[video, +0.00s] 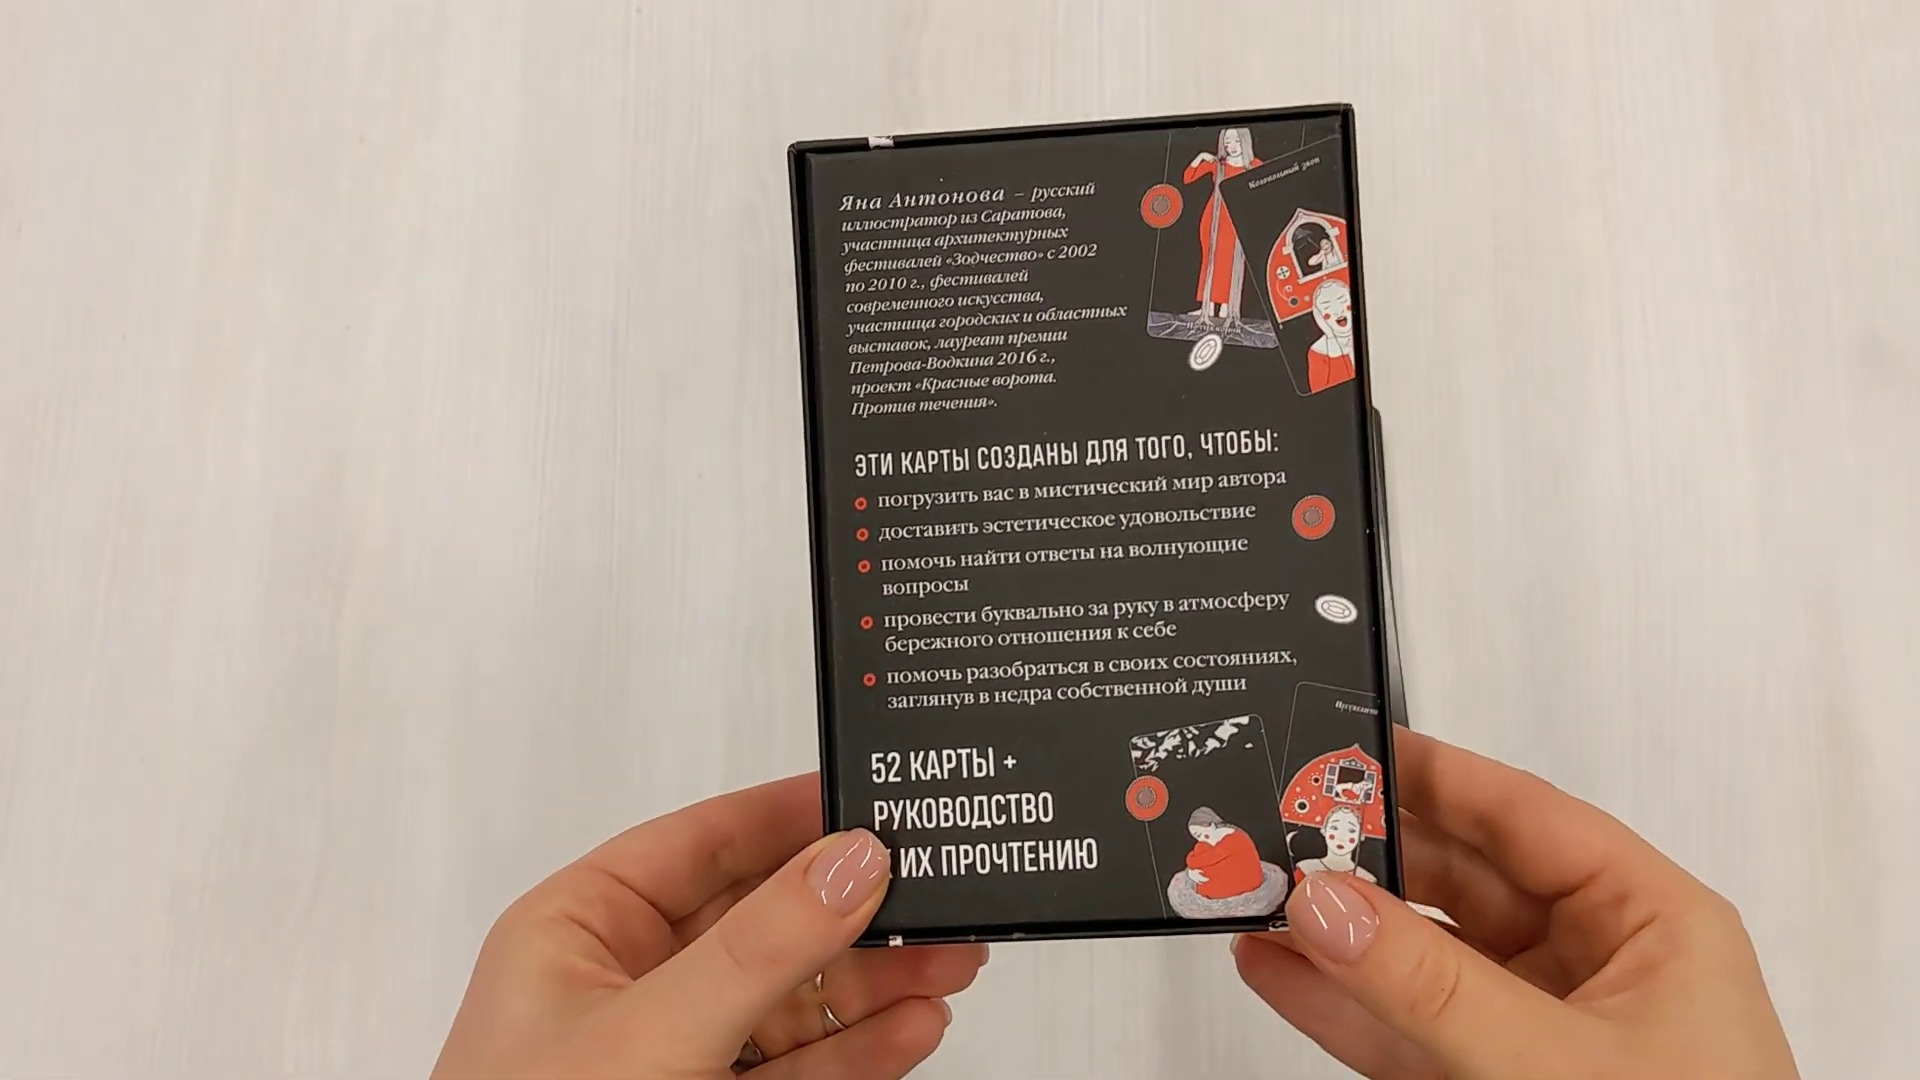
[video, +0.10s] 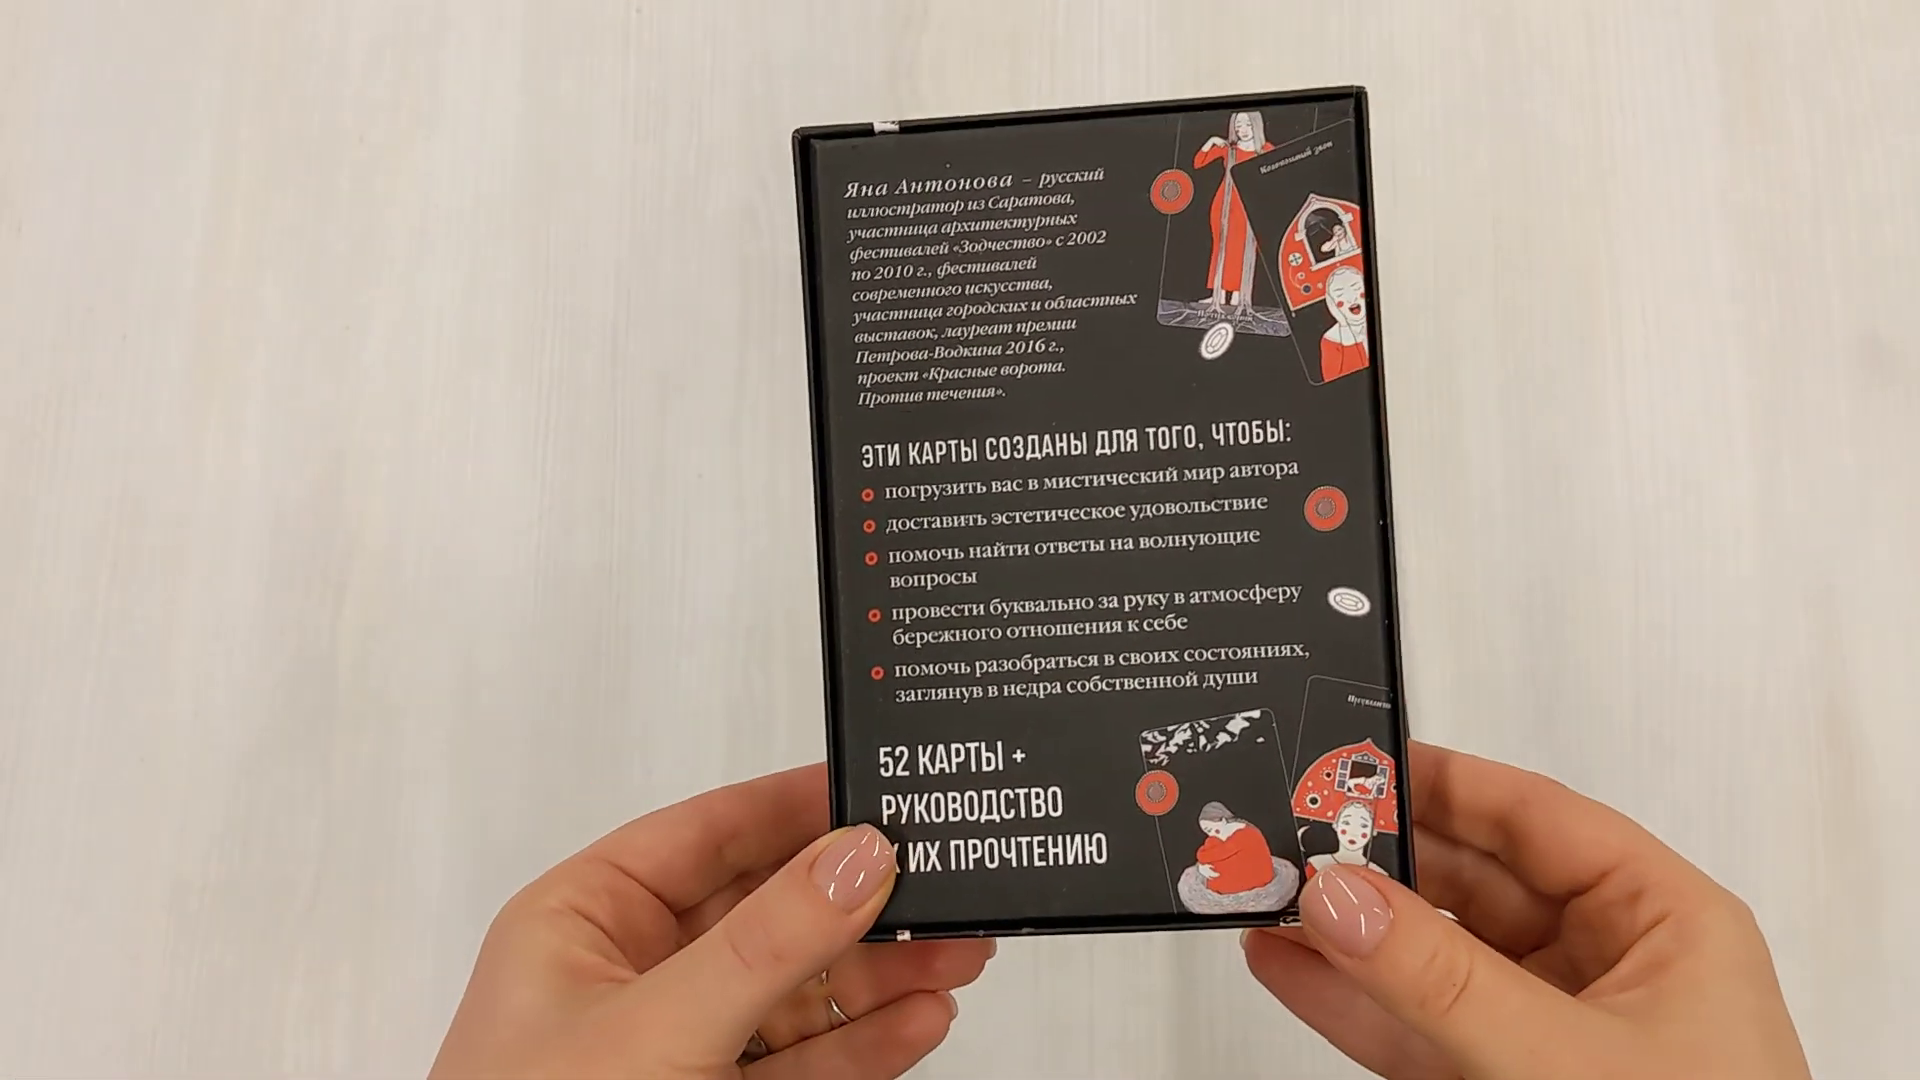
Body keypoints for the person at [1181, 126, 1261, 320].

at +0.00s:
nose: (1232, 146)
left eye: (1235, 141)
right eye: (1227, 142)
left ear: (1244, 142)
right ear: (1223, 145)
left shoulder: (1255, 166)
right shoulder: (1216, 165)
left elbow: (1264, 193)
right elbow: (1187, 179)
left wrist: (1249, 168)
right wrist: (1200, 158)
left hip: (1238, 219)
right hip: (1215, 217)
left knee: (1232, 261)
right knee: (1212, 260)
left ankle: (1227, 308)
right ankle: (1207, 307)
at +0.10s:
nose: (1242, 129)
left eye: (1246, 124)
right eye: (1238, 125)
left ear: (1255, 125)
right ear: (1233, 129)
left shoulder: (1266, 149)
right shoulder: (1227, 149)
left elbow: (1276, 174)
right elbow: (1198, 164)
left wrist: (1261, 152)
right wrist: (1211, 142)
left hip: (1249, 205)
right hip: (1225, 203)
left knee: (1243, 250)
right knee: (1222, 248)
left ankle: (1238, 296)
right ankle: (1218, 295)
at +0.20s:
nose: (1268, 131)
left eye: (1272, 126)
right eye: (1263, 127)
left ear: (1281, 127)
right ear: (1258, 130)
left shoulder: (1291, 152)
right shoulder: (1251, 149)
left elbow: (1301, 179)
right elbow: (1221, 163)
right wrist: (1235, 142)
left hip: (1272, 206)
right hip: (1248, 203)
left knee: (1263, 249)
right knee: (1243, 247)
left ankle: (1258, 296)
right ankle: (1238, 294)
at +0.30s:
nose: (1283, 136)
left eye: (1288, 131)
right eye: (1279, 132)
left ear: (1297, 132)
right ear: (1274, 134)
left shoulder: (1306, 159)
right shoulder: (1267, 154)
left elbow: (1314, 188)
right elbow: (1237, 167)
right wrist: (1250, 146)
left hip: (1286, 213)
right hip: (1261, 209)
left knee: (1276, 255)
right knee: (1257, 252)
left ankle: (1268, 300)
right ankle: (1250, 298)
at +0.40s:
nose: (1289, 137)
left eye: (1293, 133)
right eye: (1284, 133)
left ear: (1302, 134)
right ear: (1279, 136)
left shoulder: (1311, 160)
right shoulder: (1272, 155)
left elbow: (1319, 188)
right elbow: (1242, 167)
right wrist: (1256, 147)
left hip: (1290, 213)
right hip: (1266, 209)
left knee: (1279, 255)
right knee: (1261, 251)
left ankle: (1271, 300)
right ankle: (1253, 297)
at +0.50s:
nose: (1297, 137)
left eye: (1301, 132)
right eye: (1292, 133)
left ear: (1310, 134)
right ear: (1287, 135)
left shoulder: (1319, 160)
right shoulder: (1279, 154)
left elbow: (1326, 188)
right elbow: (1249, 166)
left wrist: (1312, 163)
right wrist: (1263, 146)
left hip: (1297, 213)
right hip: (1273, 209)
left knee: (1286, 255)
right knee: (1268, 251)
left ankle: (1277, 301)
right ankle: (1258, 298)